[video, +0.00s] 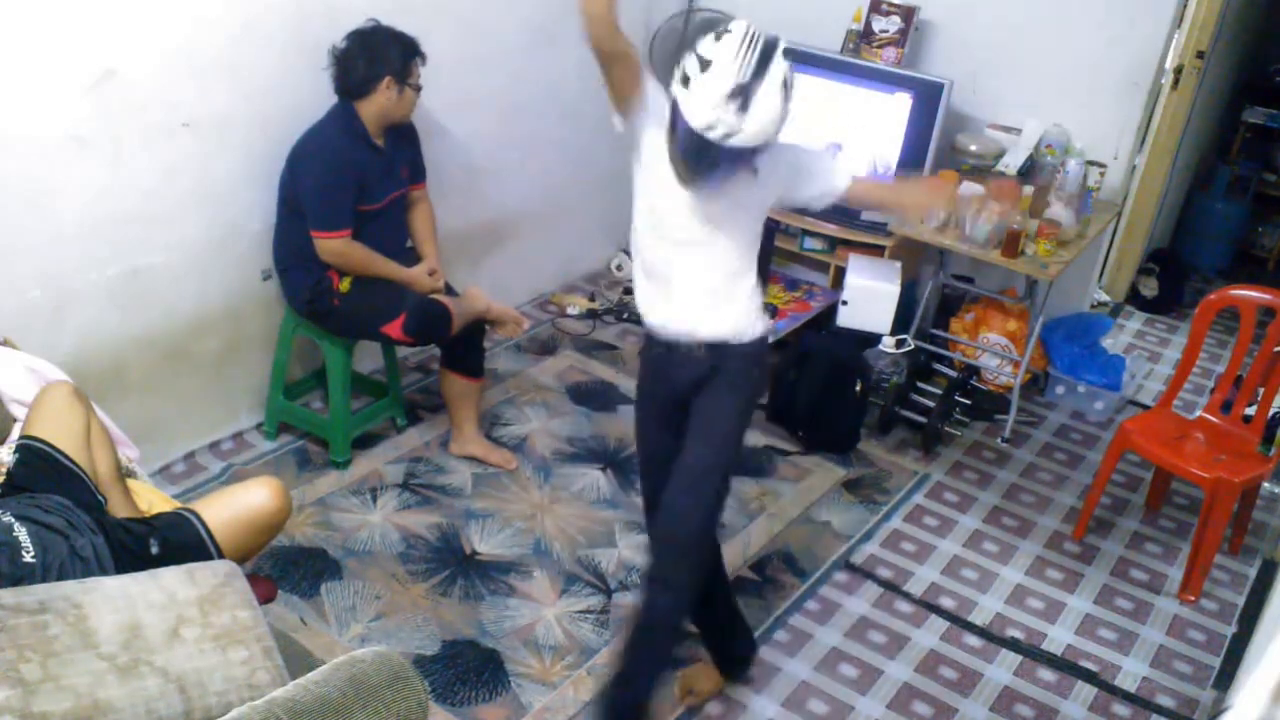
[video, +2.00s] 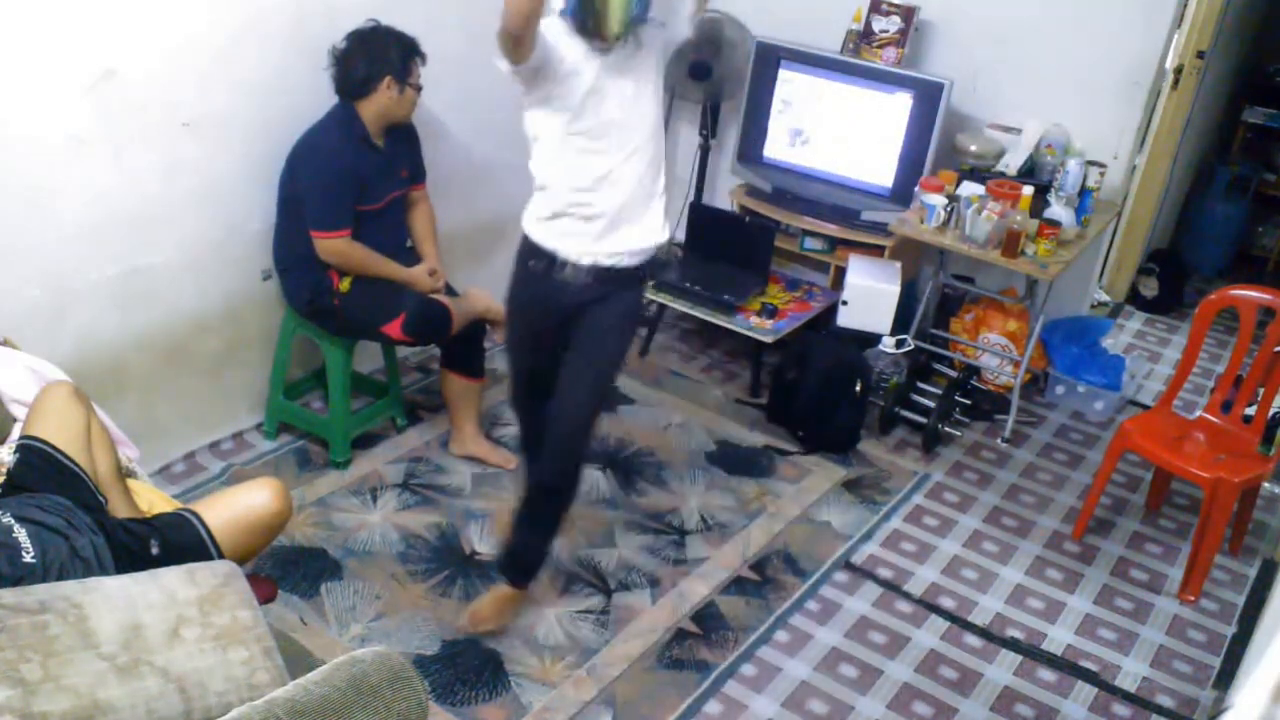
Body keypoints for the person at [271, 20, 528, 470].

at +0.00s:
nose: (419, 96)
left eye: (419, 87)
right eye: (416, 86)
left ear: (386, 87)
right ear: (387, 87)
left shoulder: (400, 131)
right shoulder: (326, 151)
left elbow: (418, 202)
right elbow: (333, 249)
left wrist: (429, 259)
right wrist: (408, 277)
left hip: (387, 266)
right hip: (325, 283)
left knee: (465, 321)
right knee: (426, 323)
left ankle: (466, 435)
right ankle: (476, 306)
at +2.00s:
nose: (420, 96)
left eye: (420, 87)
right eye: (416, 87)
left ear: (387, 87)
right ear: (388, 87)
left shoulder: (399, 131)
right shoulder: (326, 151)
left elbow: (417, 201)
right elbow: (332, 249)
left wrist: (430, 261)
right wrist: (407, 275)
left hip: (387, 264)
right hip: (325, 284)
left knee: (465, 324)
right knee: (422, 323)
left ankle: (466, 435)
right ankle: (473, 306)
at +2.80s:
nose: (419, 94)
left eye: (419, 86)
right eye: (416, 85)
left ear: (387, 87)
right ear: (388, 87)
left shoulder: (399, 131)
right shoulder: (326, 151)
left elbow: (417, 202)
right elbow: (333, 248)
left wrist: (430, 259)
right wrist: (407, 276)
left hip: (389, 264)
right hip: (327, 283)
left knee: (465, 321)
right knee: (427, 323)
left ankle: (465, 435)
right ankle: (479, 305)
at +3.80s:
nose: (419, 95)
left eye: (420, 86)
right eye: (416, 85)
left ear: (387, 86)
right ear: (388, 86)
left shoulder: (399, 131)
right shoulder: (325, 151)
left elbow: (417, 202)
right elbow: (332, 249)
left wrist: (429, 259)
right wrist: (406, 275)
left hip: (388, 265)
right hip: (326, 282)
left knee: (466, 322)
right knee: (425, 323)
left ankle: (465, 435)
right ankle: (477, 304)